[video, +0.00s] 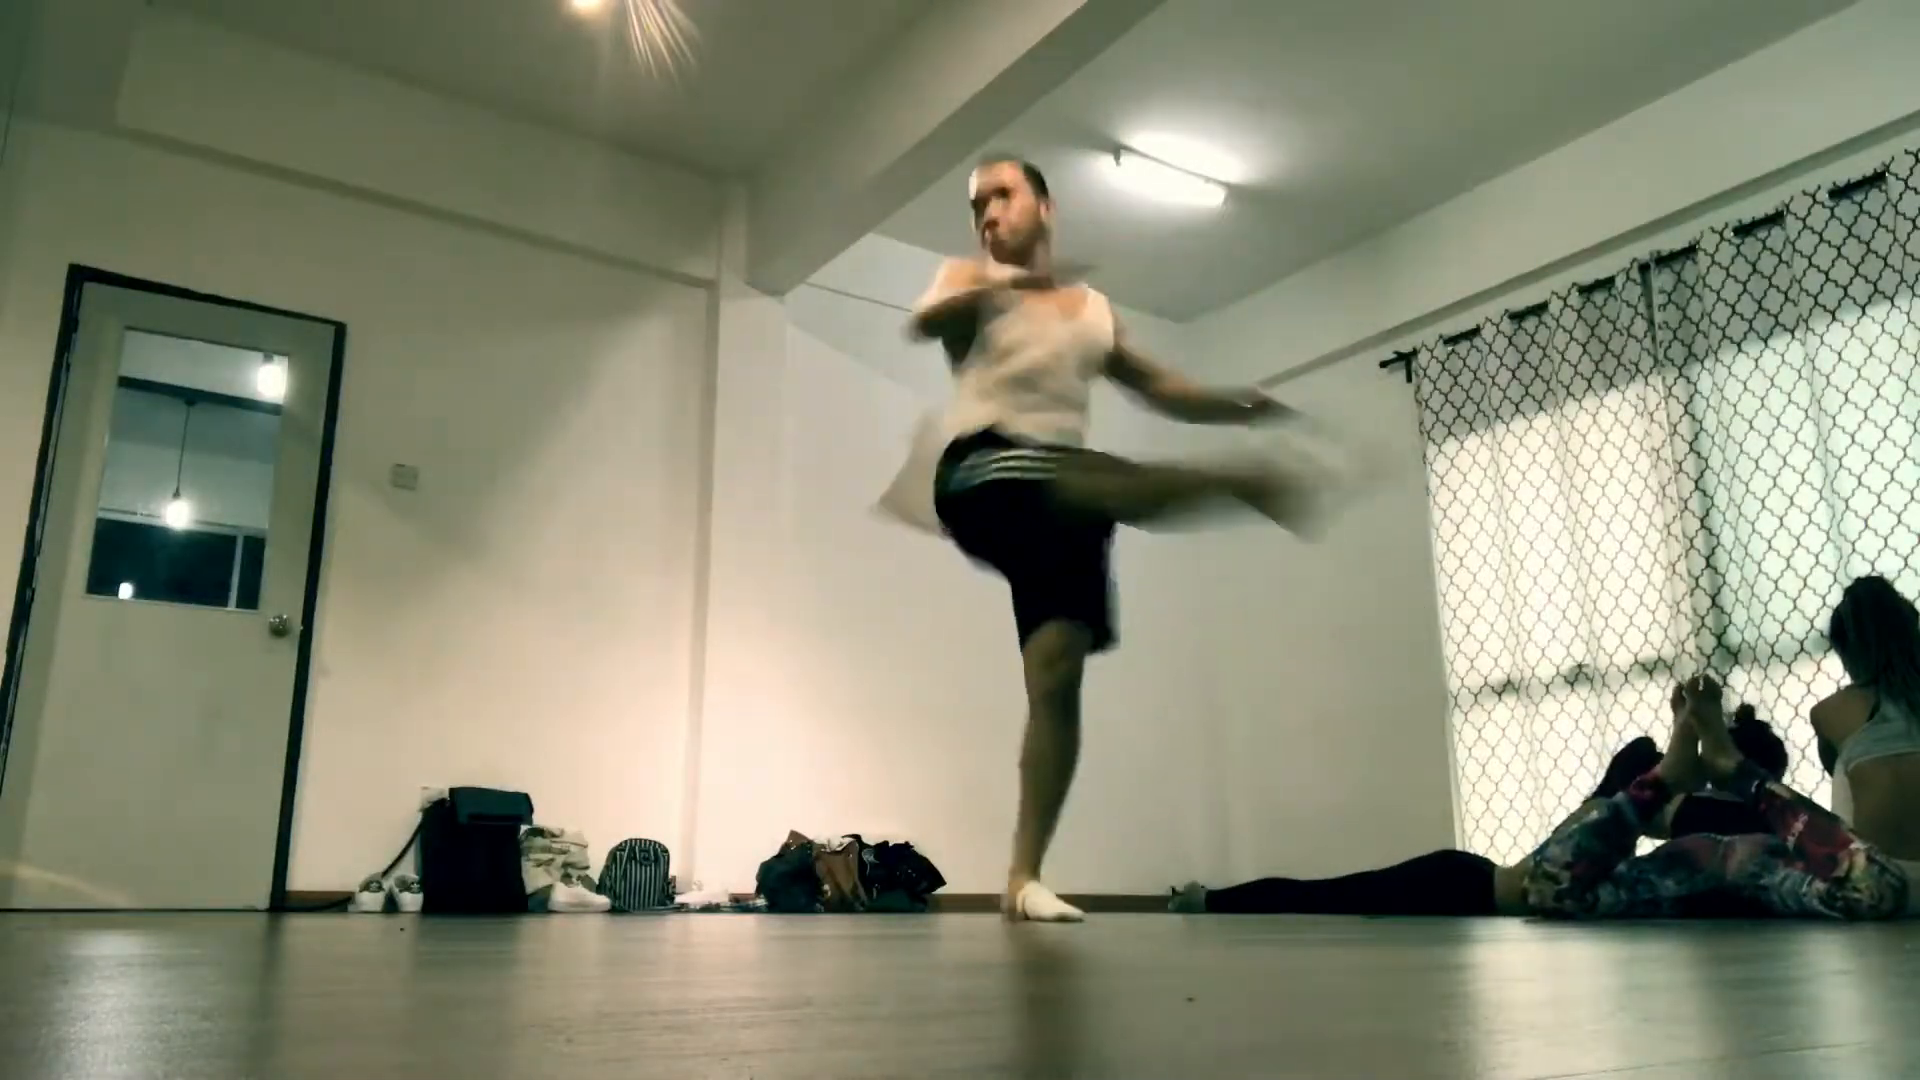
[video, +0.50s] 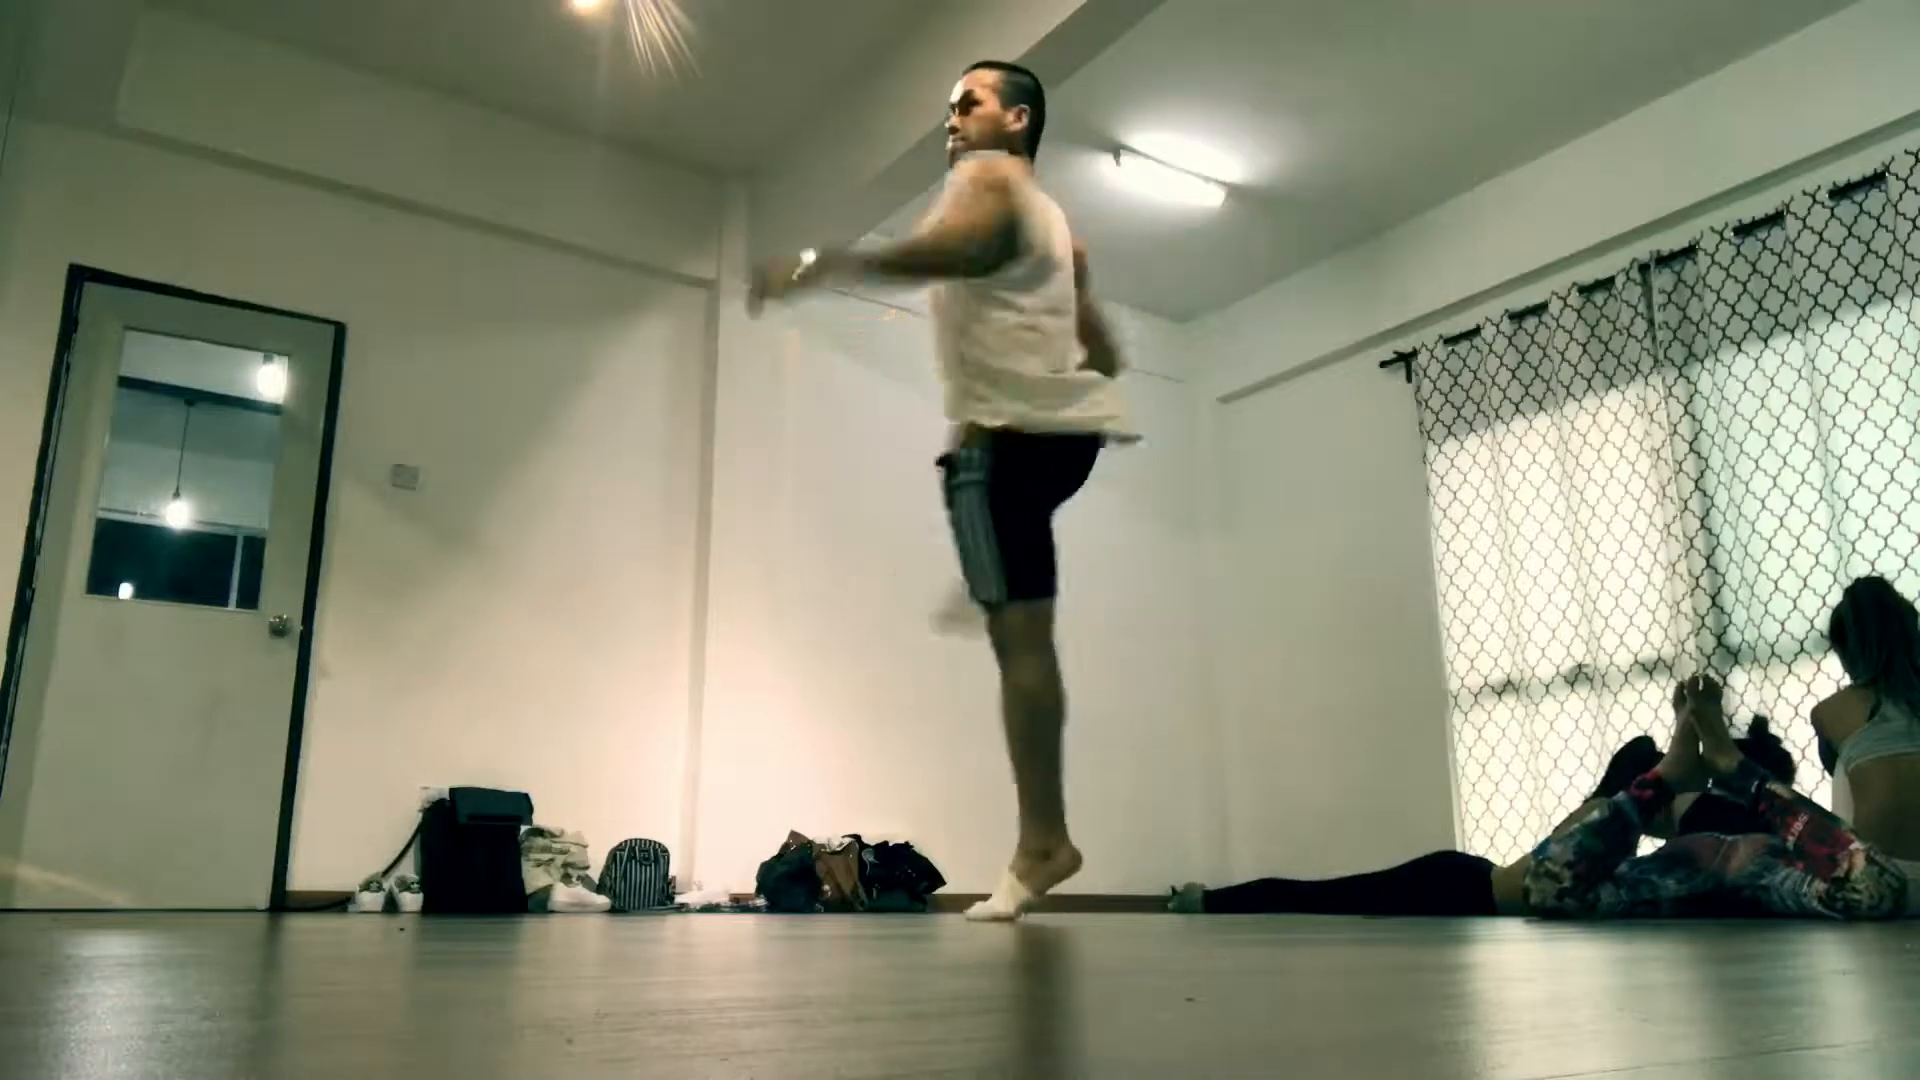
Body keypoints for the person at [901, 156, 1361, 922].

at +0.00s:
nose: (989, 212)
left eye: (1001, 195)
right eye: (980, 205)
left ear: (1045, 206)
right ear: (978, 224)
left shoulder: (1087, 308)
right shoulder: (968, 278)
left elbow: (1159, 386)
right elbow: (924, 322)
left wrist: (1238, 404)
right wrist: (976, 298)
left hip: (1063, 476)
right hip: (983, 465)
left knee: (1054, 681)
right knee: (1129, 487)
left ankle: (1024, 879)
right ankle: (1253, 482)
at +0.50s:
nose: (953, 117)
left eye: (970, 103)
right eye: (953, 105)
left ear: (1021, 119)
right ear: (1017, 130)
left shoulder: (984, 175)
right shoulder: (1052, 217)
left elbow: (965, 245)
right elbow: (1103, 355)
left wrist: (822, 266)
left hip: (1006, 439)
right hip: (1070, 436)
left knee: (1023, 646)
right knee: (997, 497)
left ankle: (1043, 845)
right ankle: (985, 595)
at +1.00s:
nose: (946, 193)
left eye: (958, 175)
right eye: (937, 184)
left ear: (1007, 179)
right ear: (941, 205)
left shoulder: (1087, 263)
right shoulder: (936, 289)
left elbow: (1211, 287)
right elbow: (807, 298)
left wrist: (1339, 290)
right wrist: (691, 280)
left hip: (1045, 494)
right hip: (956, 473)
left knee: (1023, 684)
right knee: (867, 392)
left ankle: (985, 884)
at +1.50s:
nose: (874, 95)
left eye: (880, 83)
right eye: (884, 81)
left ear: (889, 96)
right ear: (959, 107)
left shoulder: (837, 185)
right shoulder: (988, 172)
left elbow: (813, 307)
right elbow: (1088, 244)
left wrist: (894, 289)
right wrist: (1043, 271)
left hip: (906, 447)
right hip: (1006, 409)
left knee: (951, 649)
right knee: (1102, 511)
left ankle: (996, 840)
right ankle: (1176, 597)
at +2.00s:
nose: (866, 89)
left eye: (883, 71)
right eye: (862, 77)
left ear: (941, 79)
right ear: (881, 99)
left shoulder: (1008, 154)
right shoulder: (869, 207)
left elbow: (1147, 165)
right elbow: (773, 260)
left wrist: (1285, 173)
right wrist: (697, 283)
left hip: (979, 430)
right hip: (880, 403)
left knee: (950, 643)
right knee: (723, 453)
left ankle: (928, 868)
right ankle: (506, 495)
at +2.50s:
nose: (887, 79)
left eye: (894, 65)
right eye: (864, 70)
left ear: (913, 87)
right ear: (836, 103)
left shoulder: (910, 202)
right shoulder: (855, 162)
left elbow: (953, 326)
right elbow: (861, 236)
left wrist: (1038, 295)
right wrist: (994, 228)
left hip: (871, 406)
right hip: (859, 378)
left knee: (875, 630)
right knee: (1016, 373)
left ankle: (848, 855)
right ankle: (981, 590)